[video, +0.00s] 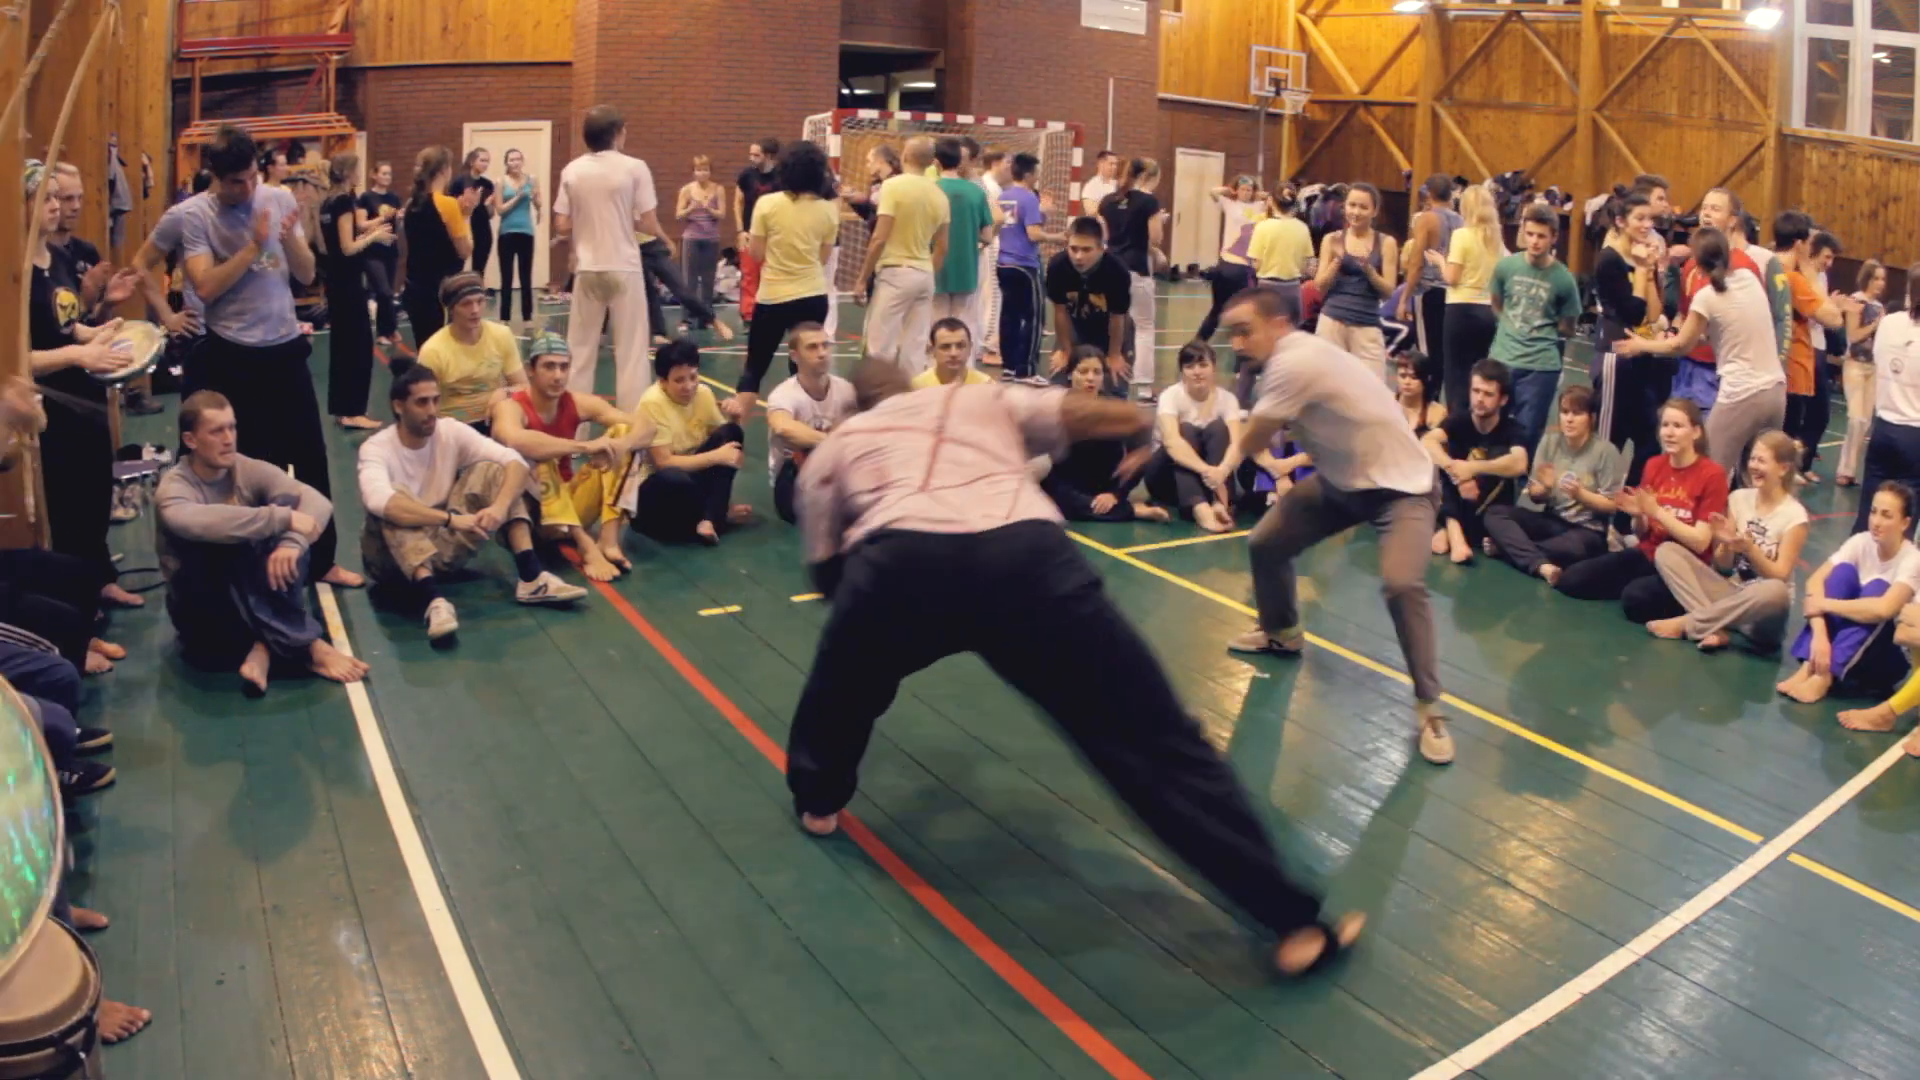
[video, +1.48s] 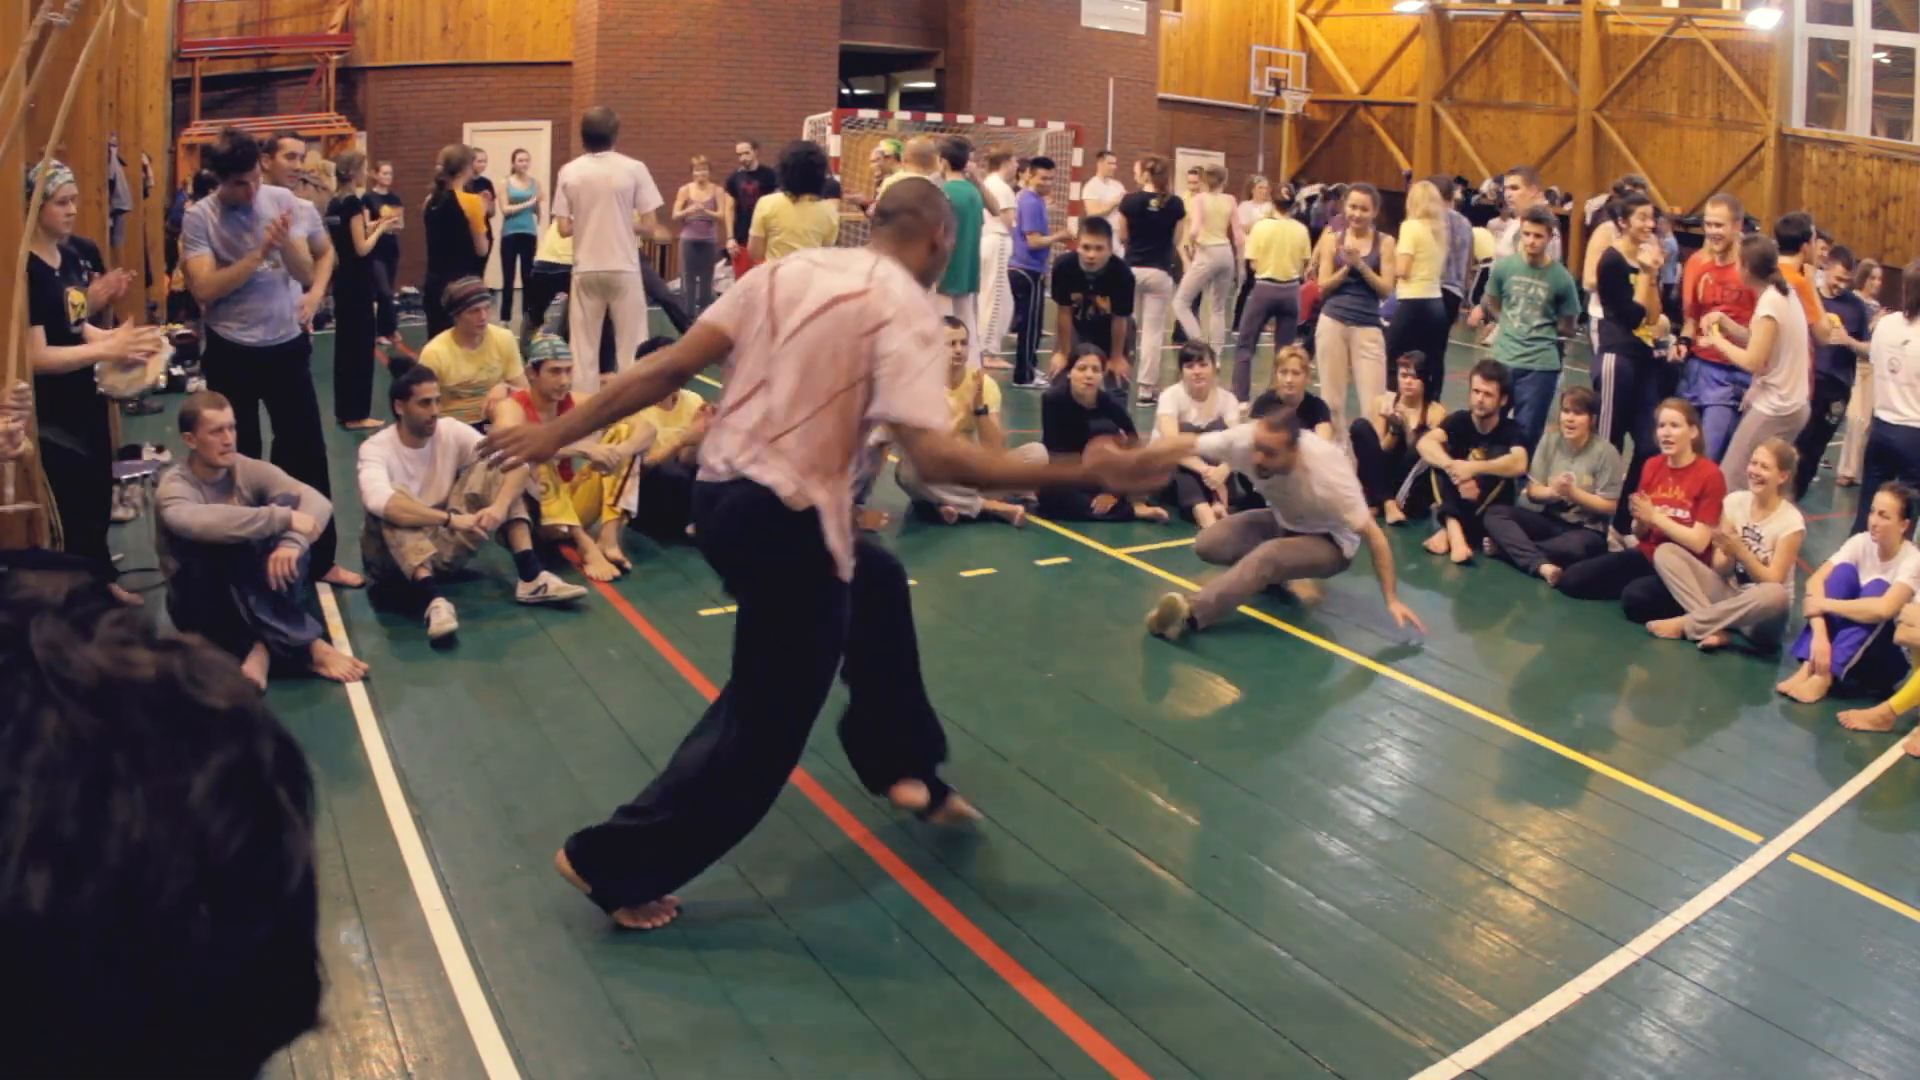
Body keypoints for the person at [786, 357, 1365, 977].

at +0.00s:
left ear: (855, 405)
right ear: (929, 381)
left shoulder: (829, 451)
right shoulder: (987, 396)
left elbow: (827, 579)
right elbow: (1128, 418)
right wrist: (1044, 440)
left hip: (898, 570)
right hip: (1026, 555)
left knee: (845, 680)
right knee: (1151, 737)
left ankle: (818, 802)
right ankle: (1294, 923)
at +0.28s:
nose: (1292, 329)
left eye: (1289, 316)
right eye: (1288, 317)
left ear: (1214, 303)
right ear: (1263, 311)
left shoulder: (1132, 353)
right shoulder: (1244, 363)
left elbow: (1098, 436)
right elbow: (1285, 431)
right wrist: (1429, 462)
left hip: (1045, 589)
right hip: (1148, 605)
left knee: (967, 682)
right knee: (1308, 663)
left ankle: (875, 805)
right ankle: (1302, 841)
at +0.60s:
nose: (1337, 436)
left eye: (1342, 426)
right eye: (1338, 425)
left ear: (1288, 391)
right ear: (1312, 418)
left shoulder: (1297, 456)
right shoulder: (1169, 439)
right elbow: (1043, 493)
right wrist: (939, 569)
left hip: (1211, 620)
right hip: (1148, 611)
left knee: (1073, 760)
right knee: (1328, 685)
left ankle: (905, 737)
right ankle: (1316, 841)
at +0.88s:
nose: (1146, 288)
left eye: (1155, 276)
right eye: (1147, 271)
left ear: (1127, 253)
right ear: (1113, 242)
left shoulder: (1114, 330)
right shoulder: (988, 273)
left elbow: (1115, 461)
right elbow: (868, 299)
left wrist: (1104, 407)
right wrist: (807, 408)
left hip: (1054, 525)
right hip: (967, 513)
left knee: (995, 699)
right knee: (1086, 668)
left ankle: (858, 747)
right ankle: (1205, 841)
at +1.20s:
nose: (1010, 215)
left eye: (1013, 199)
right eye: (1011, 198)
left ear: (949, 171)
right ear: (987, 190)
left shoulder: (913, 243)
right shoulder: (894, 234)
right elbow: (739, 322)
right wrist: (709, 450)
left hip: (868, 487)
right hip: (826, 493)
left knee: (969, 579)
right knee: (797, 719)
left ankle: (909, 762)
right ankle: (627, 848)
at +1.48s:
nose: (946, 262)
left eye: (946, 248)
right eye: (948, 247)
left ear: (869, 225)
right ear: (931, 235)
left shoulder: (778, 274)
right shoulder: (906, 309)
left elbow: (668, 365)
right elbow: (932, 453)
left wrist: (554, 432)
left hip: (714, 498)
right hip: (788, 519)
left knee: (879, 582)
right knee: (765, 720)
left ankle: (900, 764)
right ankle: (621, 861)